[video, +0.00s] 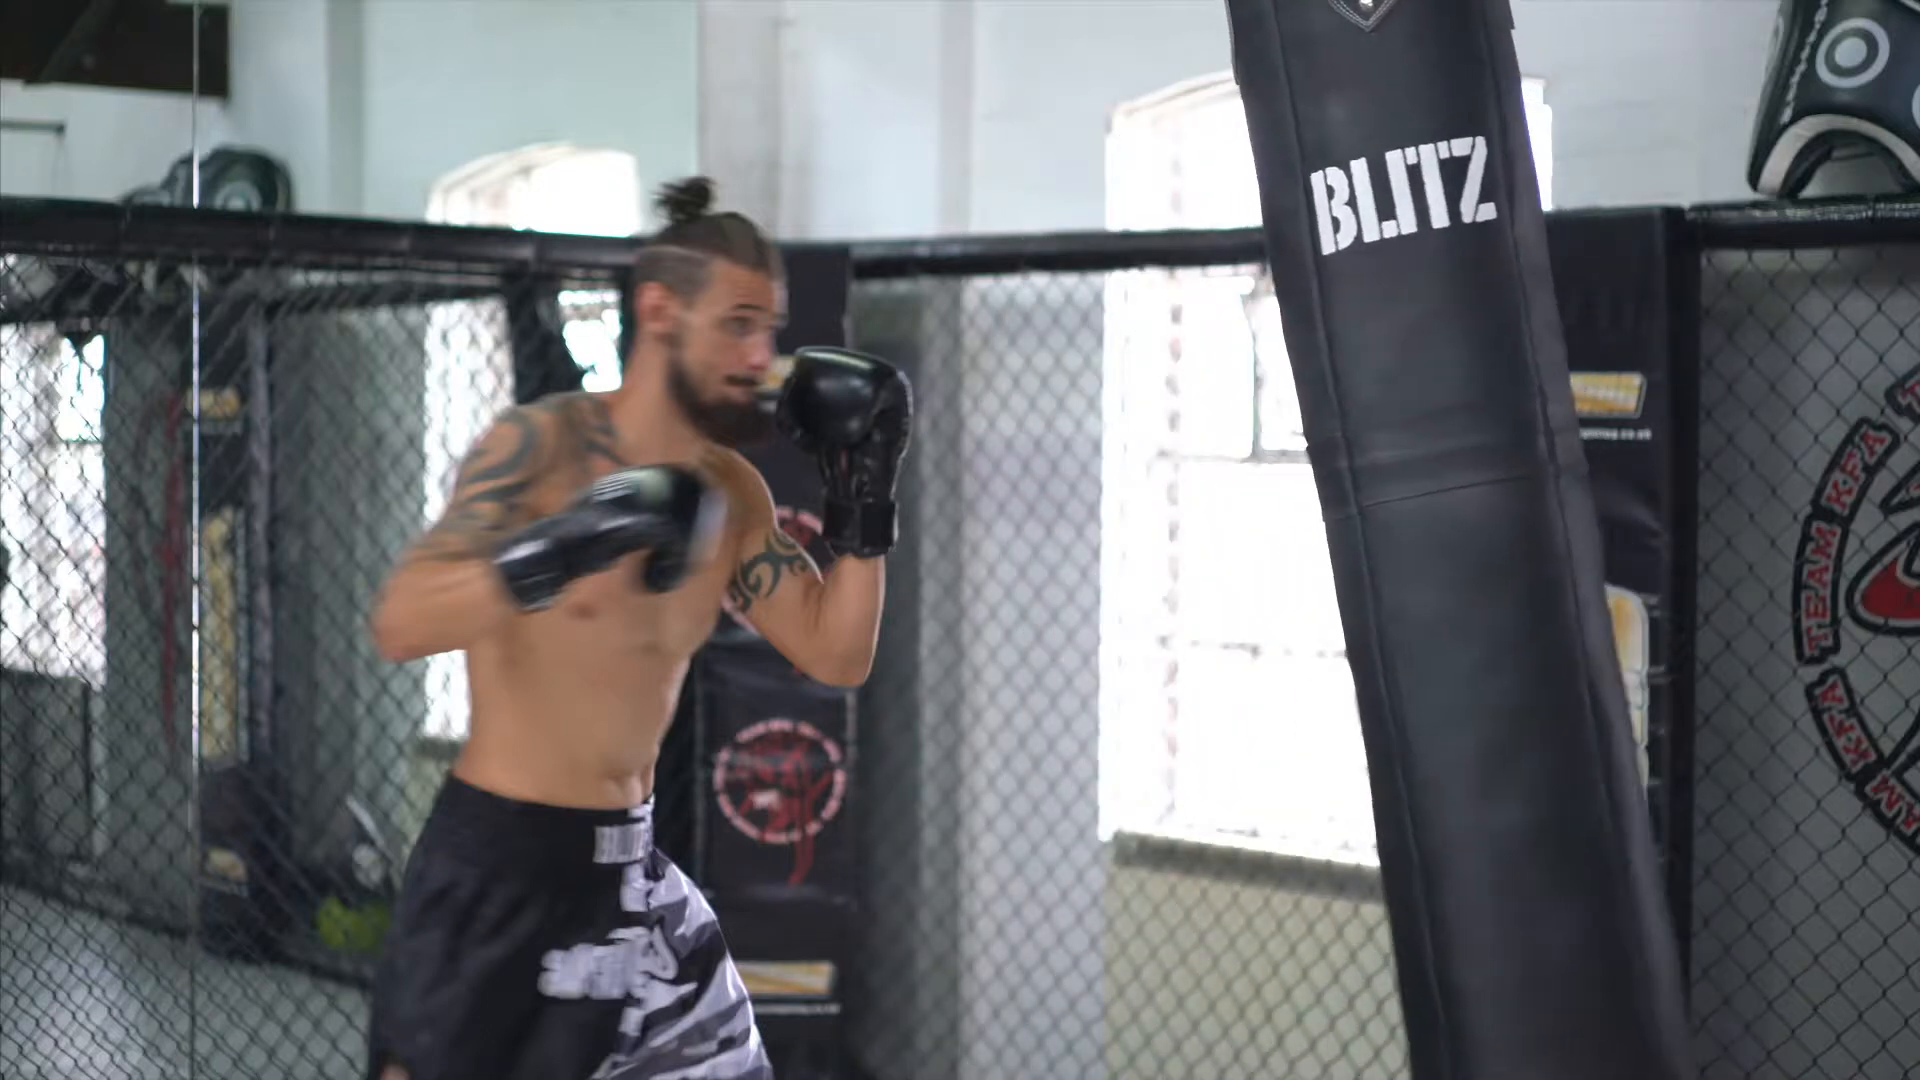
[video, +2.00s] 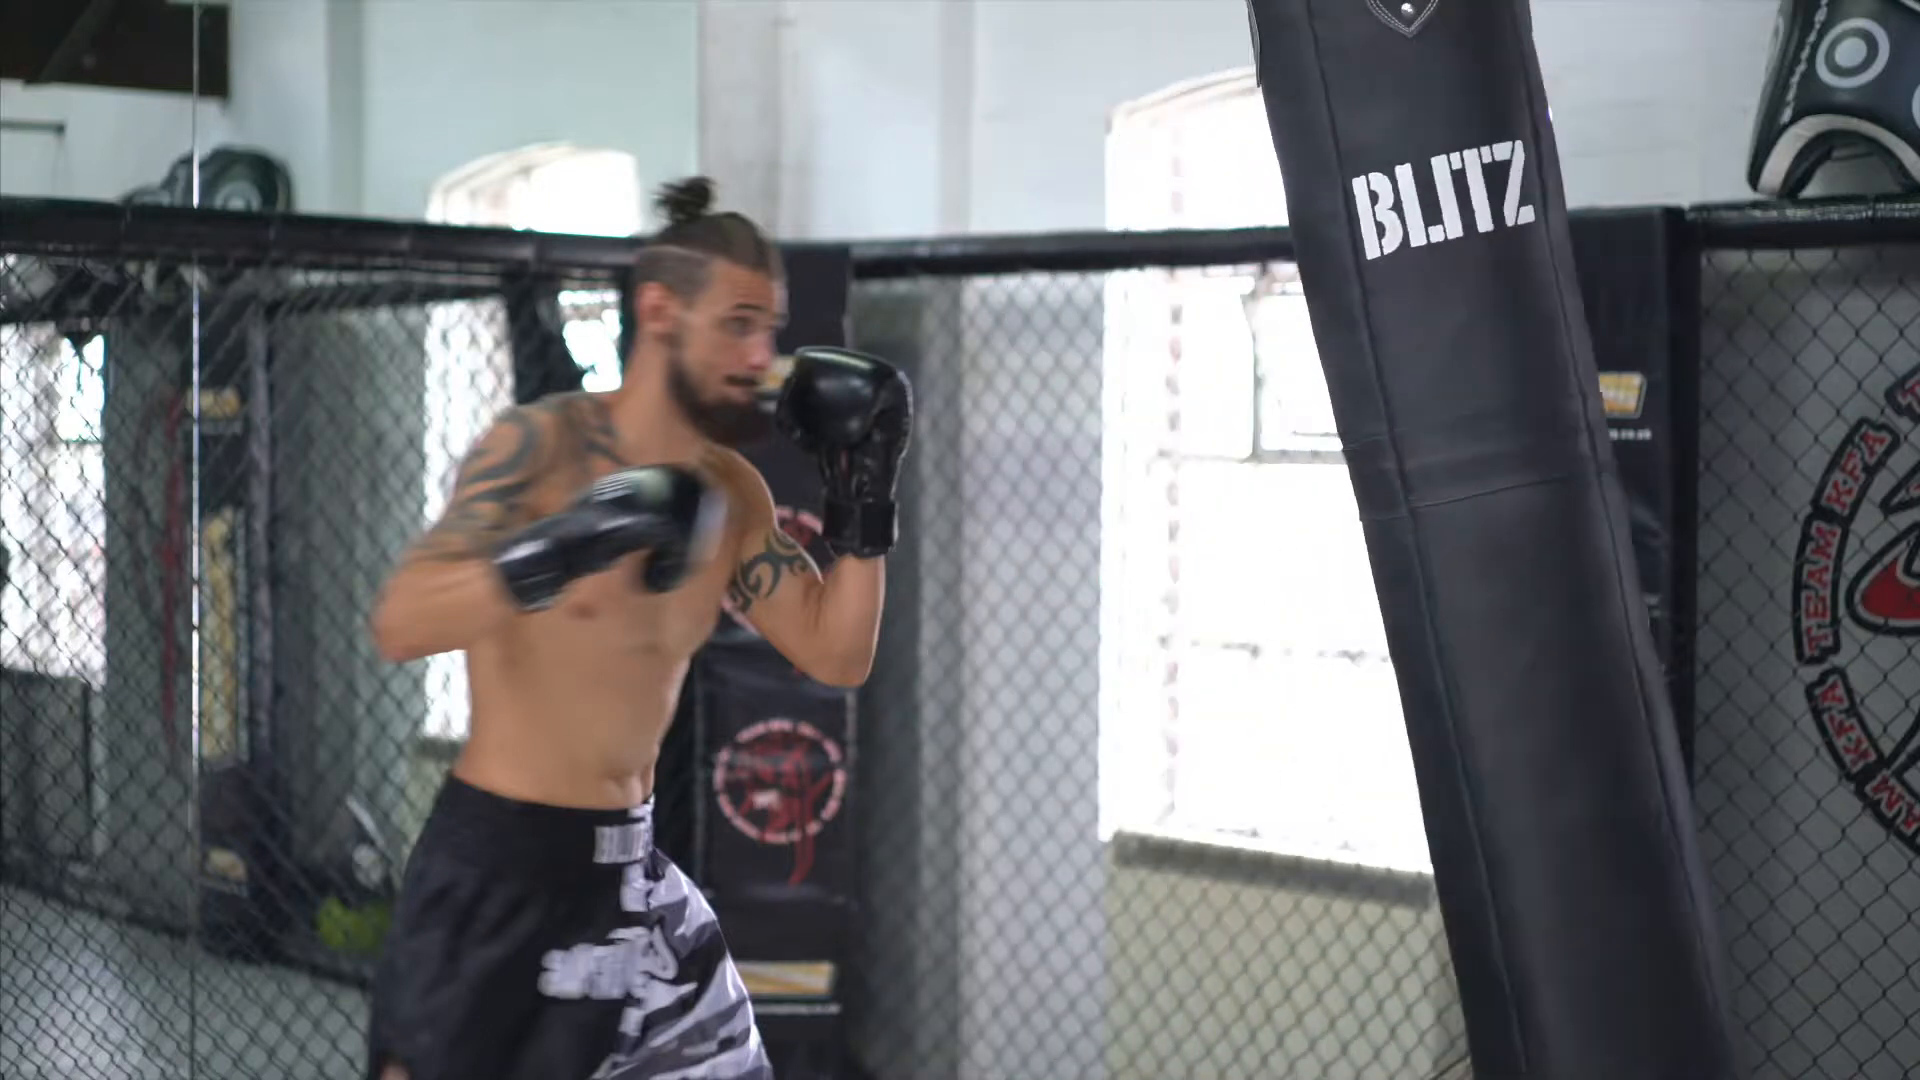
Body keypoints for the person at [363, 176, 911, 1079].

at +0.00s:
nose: (762, 358)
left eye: (772, 332)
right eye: (739, 326)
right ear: (656, 310)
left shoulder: (733, 492)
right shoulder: (540, 439)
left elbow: (839, 655)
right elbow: (401, 623)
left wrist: (865, 483)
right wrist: (568, 547)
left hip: (636, 867)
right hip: (500, 866)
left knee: (732, 1066)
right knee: (442, 1065)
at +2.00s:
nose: (762, 358)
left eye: (772, 331)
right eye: (739, 325)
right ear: (656, 310)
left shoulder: (734, 493)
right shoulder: (539, 440)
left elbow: (839, 655)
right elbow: (401, 623)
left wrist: (864, 483)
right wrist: (569, 547)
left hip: (636, 868)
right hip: (500, 866)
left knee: (732, 1066)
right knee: (442, 1065)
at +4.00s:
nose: (762, 358)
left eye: (772, 331)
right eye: (739, 325)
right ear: (656, 309)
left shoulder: (733, 492)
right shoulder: (537, 441)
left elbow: (839, 655)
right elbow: (400, 623)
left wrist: (865, 480)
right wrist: (568, 547)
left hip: (636, 866)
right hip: (500, 865)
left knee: (732, 1066)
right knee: (441, 1065)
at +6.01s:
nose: (763, 357)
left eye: (772, 331)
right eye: (740, 325)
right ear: (656, 310)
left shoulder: (733, 493)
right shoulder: (538, 441)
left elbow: (839, 655)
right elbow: (400, 623)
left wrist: (865, 480)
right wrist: (568, 547)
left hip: (636, 868)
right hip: (500, 867)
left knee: (732, 1066)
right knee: (442, 1065)